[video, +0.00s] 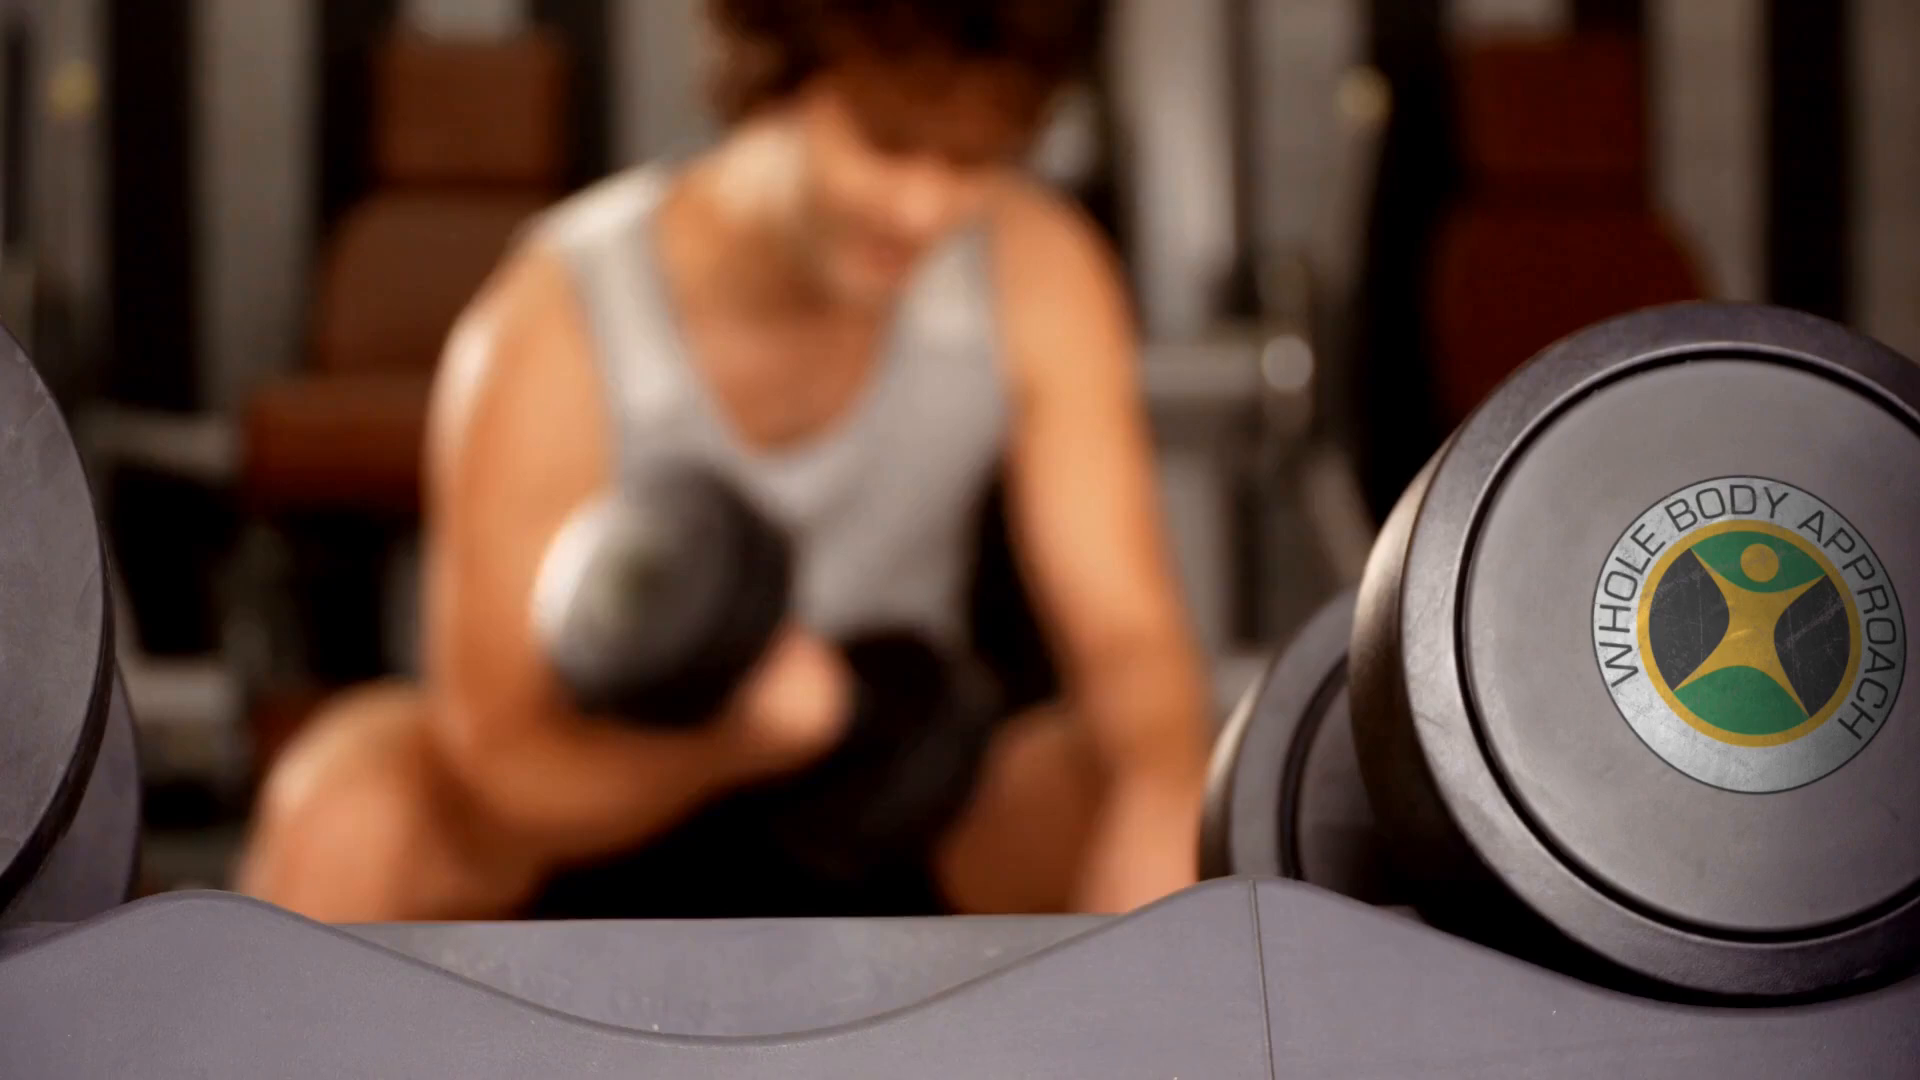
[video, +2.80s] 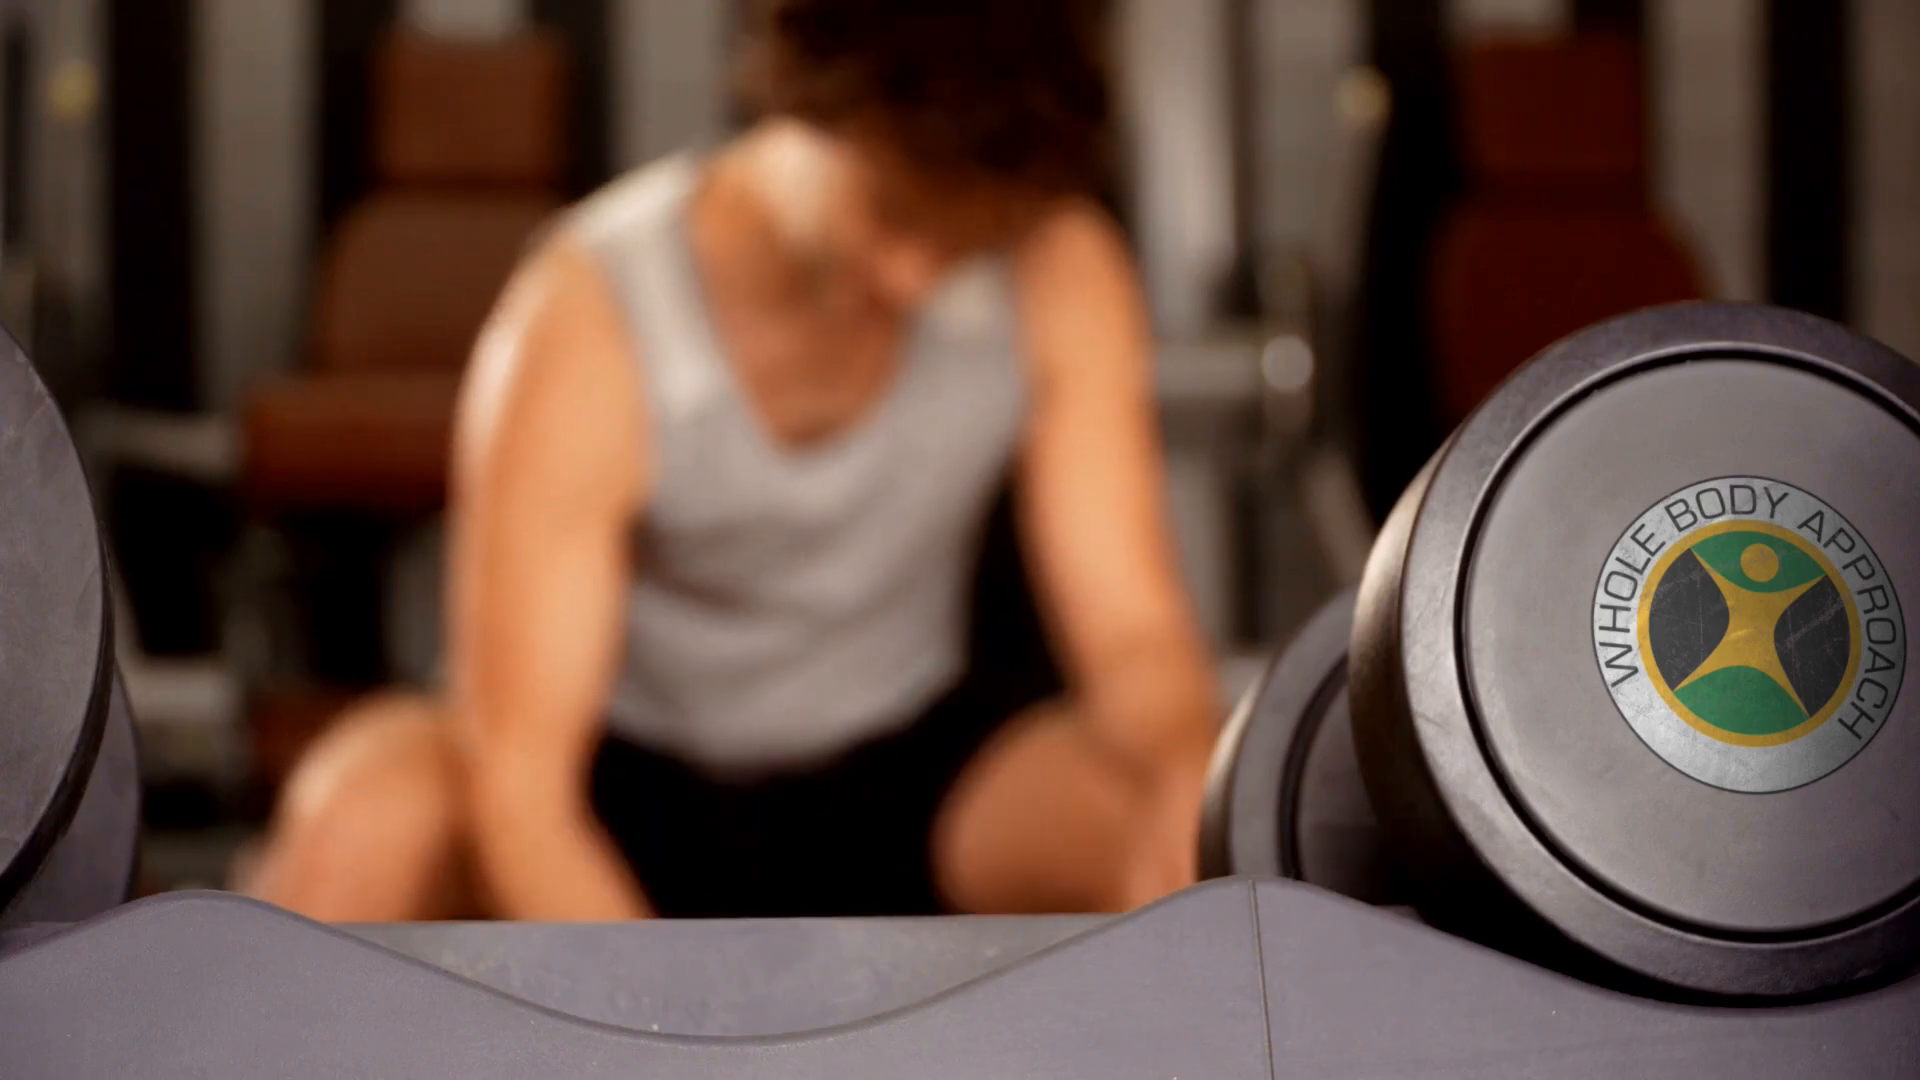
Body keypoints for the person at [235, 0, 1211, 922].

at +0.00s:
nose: (924, 209)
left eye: (975, 163)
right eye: (887, 144)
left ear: (1021, 147)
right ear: (777, 79)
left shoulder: (1031, 263)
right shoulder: (550, 322)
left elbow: (1131, 646)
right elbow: (513, 774)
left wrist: (1155, 832)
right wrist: (743, 738)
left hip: (885, 795)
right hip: (597, 809)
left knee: (1165, 799)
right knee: (345, 802)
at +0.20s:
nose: (946, 208)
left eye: (997, 162)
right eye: (911, 144)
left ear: (1040, 147)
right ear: (801, 83)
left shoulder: (1050, 264)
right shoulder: (587, 310)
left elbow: (1130, 642)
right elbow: (509, 753)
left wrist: (1154, 816)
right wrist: (724, 910)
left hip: (905, 766)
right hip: (625, 767)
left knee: (1168, 815)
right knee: (345, 795)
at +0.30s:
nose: (958, 213)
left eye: (1006, 168)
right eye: (924, 151)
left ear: (1047, 149)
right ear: (812, 88)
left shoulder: (1055, 266)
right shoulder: (600, 312)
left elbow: (1132, 646)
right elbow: (511, 775)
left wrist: (1154, 820)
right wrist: (638, 1017)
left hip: (902, 780)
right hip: (625, 787)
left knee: (1158, 814)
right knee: (351, 792)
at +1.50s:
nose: (928, 299)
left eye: (978, 263)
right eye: (902, 242)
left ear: (1040, 219)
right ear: (821, 133)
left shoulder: (1057, 262)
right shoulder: (595, 314)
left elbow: (1131, 640)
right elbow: (513, 749)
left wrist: (1172, 841)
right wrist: (699, 947)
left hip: (905, 763)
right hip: (629, 776)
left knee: (1194, 813)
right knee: (365, 791)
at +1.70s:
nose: (908, 308)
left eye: (959, 269)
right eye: (884, 249)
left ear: (1023, 230)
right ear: (798, 138)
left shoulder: (1039, 264)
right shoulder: (546, 312)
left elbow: (1131, 641)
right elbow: (512, 733)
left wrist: (1173, 839)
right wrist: (734, 784)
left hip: (898, 809)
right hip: (617, 813)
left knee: (1192, 779)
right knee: (370, 777)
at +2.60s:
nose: (894, 271)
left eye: (944, 232)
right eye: (869, 214)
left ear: (1003, 177)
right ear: (784, 115)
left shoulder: (1034, 257)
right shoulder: (545, 314)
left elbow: (1126, 638)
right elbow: (514, 740)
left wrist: (1194, 806)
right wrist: (840, 820)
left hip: (900, 793)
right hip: (609, 796)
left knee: (1192, 796)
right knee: (361, 784)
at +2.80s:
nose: (915, 281)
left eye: (969, 241)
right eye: (890, 219)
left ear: (1024, 193)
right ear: (803, 120)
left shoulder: (1053, 265)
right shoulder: (584, 313)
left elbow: (1133, 644)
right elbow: (520, 793)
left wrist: (1202, 819)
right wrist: (680, 1043)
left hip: (902, 780)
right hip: (623, 789)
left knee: (1194, 811)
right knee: (365, 799)